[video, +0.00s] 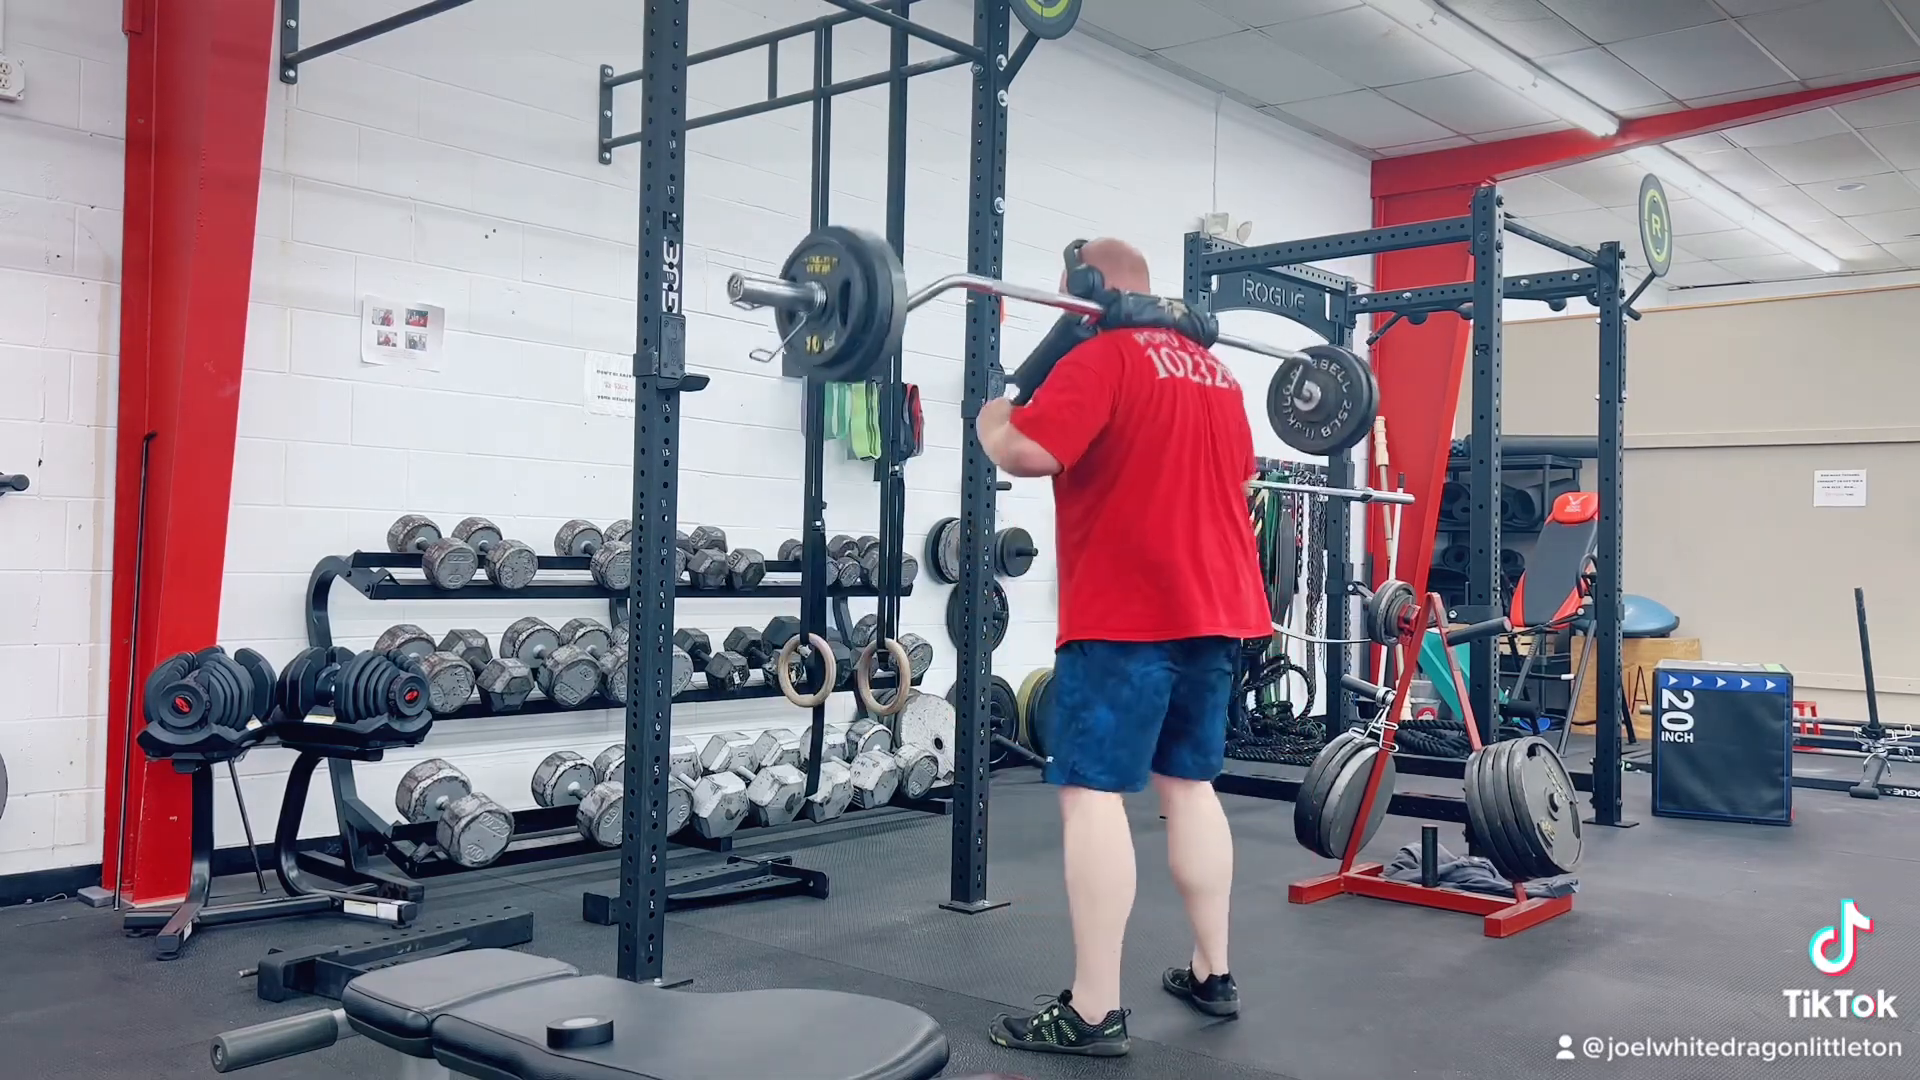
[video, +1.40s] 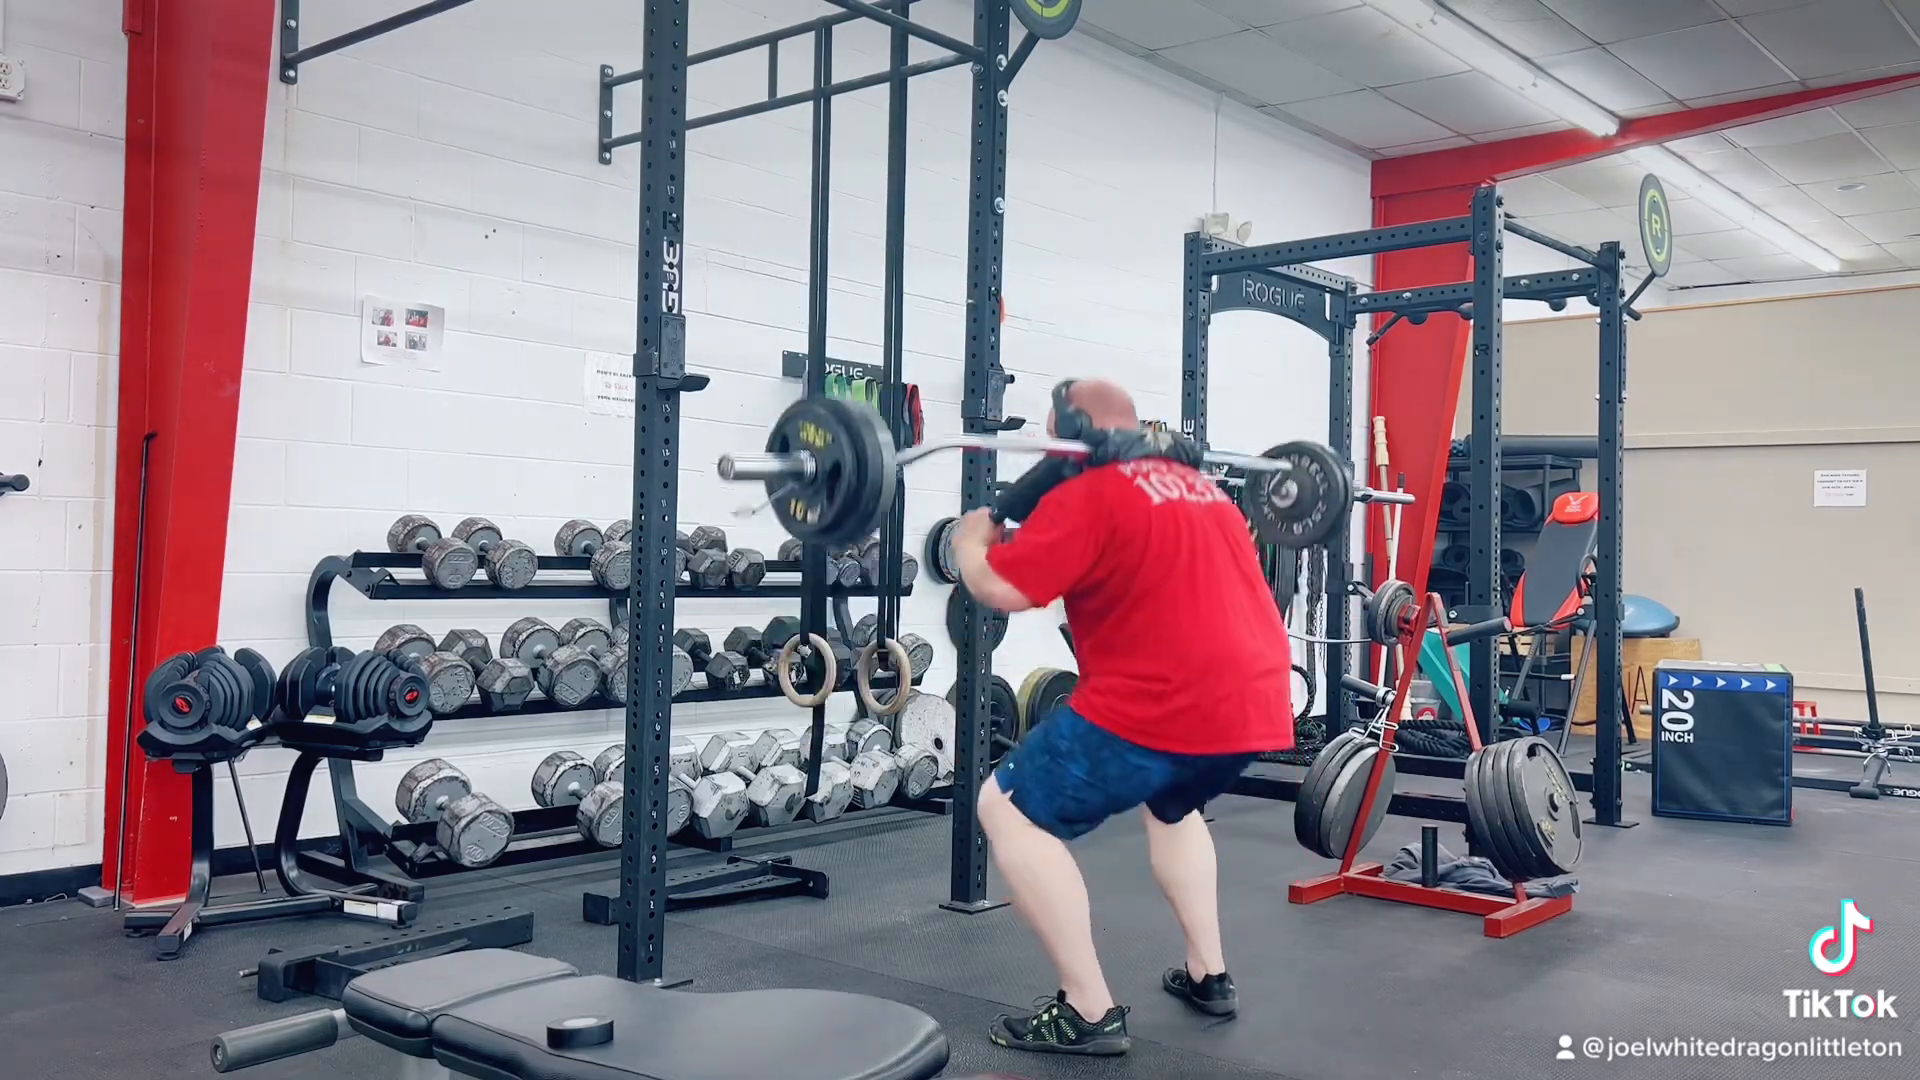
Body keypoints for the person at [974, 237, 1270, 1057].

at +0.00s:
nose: (1063, 309)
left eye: (1066, 296)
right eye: (1065, 295)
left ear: (1085, 294)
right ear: (1149, 290)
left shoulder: (1101, 357)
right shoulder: (1216, 371)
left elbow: (1029, 453)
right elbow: (1242, 479)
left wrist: (993, 421)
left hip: (1123, 607)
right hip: (1222, 606)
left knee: (1091, 790)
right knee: (1189, 783)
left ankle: (1094, 1008)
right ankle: (1214, 974)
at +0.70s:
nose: (1056, 409)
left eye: (1060, 397)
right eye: (1059, 396)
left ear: (1076, 404)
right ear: (1143, 401)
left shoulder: (1094, 471)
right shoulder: (1196, 462)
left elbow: (1005, 566)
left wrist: (974, 511)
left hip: (1153, 694)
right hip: (1253, 694)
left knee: (1021, 807)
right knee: (1168, 802)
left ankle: (1090, 1008)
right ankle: (1212, 973)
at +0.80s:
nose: (1049, 481)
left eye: (1052, 471)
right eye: (1056, 471)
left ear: (1062, 478)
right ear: (1137, 474)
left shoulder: (1085, 548)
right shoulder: (1188, 531)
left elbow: (993, 645)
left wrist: (962, 580)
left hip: (1171, 760)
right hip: (1265, 758)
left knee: (1003, 812)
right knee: (1167, 814)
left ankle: (1089, 1010)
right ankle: (1210, 974)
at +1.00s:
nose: (1048, 607)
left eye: (1049, 596)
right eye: (1048, 597)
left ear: (1063, 599)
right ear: (1127, 585)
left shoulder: (1085, 661)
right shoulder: (1184, 636)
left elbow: (981, 751)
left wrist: (957, 682)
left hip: (1201, 875)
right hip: (1276, 865)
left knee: (993, 816)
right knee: (1160, 787)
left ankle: (1089, 1010)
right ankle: (1208, 974)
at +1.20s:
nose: (1048, 589)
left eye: (1049, 579)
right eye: (1048, 580)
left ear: (1066, 582)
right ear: (1127, 569)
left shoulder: (1089, 643)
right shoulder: (1185, 619)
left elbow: (987, 737)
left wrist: (960, 675)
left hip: (1192, 849)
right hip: (1274, 844)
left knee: (991, 817)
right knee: (1148, 785)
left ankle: (1088, 1010)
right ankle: (1208, 974)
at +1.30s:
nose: (1043, 518)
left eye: (1044, 508)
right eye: (1045, 509)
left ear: (1058, 509)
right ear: (1128, 501)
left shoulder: (1085, 566)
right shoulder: (1192, 552)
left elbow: (993, 665)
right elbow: (1258, 641)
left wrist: (961, 609)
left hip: (1170, 769)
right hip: (1271, 764)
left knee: (995, 812)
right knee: (1173, 814)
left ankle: (1088, 1008)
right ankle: (1208, 974)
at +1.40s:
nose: (1049, 445)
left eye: (1051, 434)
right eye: (1052, 434)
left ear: (1066, 435)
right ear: (1137, 428)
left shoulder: (1091, 491)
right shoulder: (1199, 484)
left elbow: (1001, 588)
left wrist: (970, 539)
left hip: (1156, 702)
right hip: (1257, 701)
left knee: (1008, 806)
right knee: (1172, 802)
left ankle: (1089, 1008)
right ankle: (1209, 974)